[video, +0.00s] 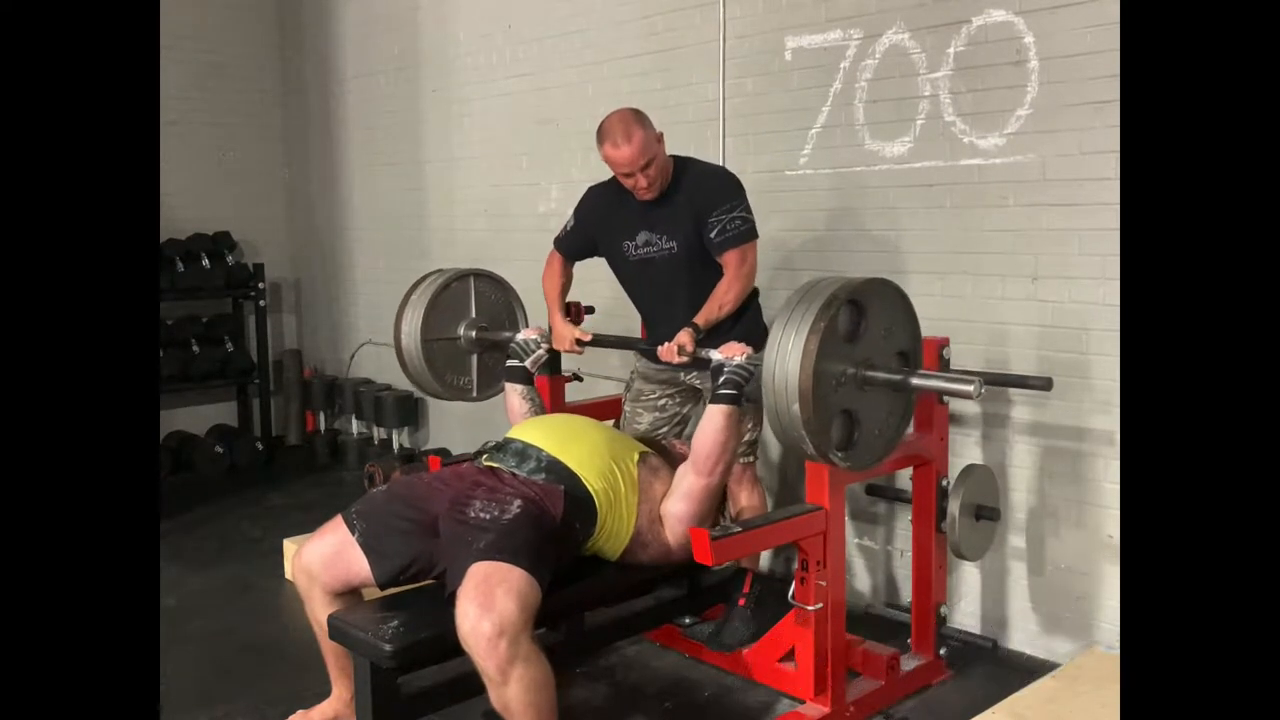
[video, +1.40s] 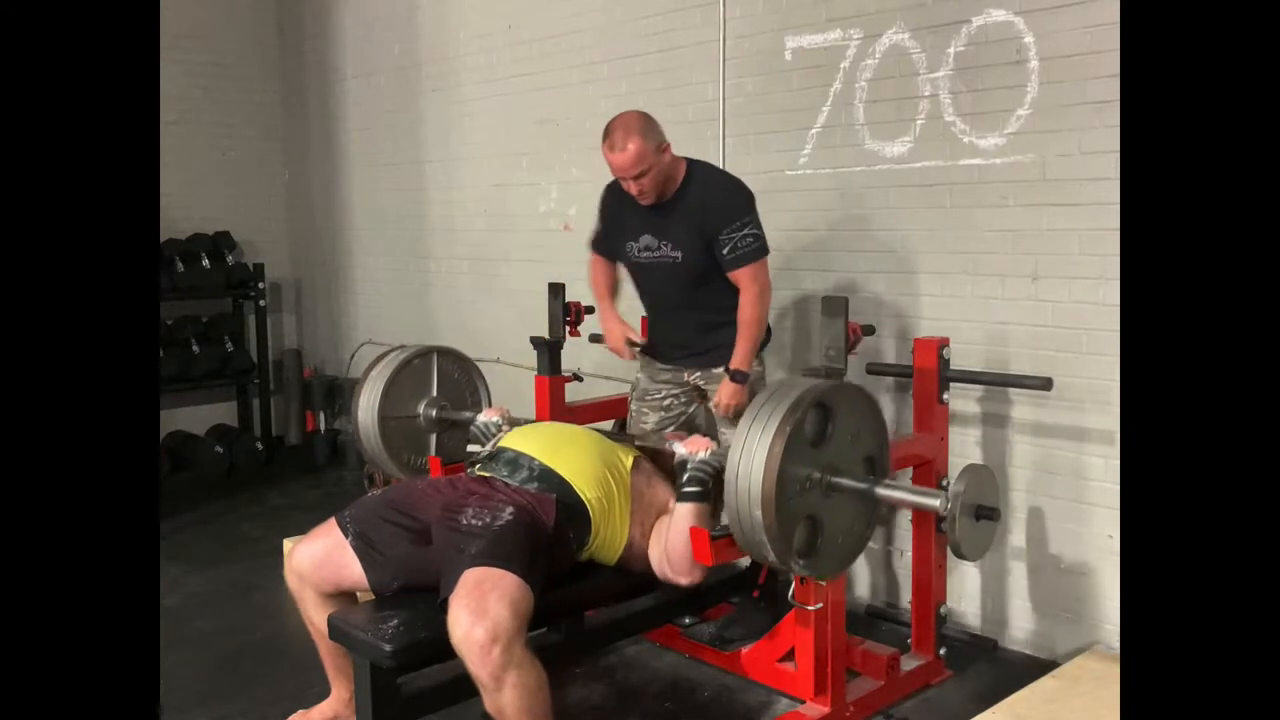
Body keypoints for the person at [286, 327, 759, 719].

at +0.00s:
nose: (680, 434)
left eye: (693, 441)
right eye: (677, 430)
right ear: (661, 438)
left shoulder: (668, 522)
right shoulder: (586, 446)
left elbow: (707, 464)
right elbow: (521, 443)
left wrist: (728, 386)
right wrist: (519, 372)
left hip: (529, 499)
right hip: (455, 476)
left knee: (489, 625)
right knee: (313, 563)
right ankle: (344, 696)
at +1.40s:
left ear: (685, 463)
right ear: (661, 443)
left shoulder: (659, 499)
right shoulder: (574, 447)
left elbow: (682, 570)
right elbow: (510, 465)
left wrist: (700, 475)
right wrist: (496, 434)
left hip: (518, 509)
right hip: (453, 487)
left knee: (481, 633)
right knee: (305, 563)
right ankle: (344, 699)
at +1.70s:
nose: (674, 441)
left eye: (687, 444)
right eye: (673, 436)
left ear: (690, 470)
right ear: (654, 440)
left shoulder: (660, 504)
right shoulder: (580, 454)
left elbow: (685, 577)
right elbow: (514, 469)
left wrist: (699, 483)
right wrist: (489, 440)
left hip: (520, 516)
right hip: (455, 491)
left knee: (480, 635)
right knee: (303, 566)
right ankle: (344, 700)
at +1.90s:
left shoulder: (667, 509)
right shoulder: (590, 450)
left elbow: (693, 565)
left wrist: (709, 473)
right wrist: (501, 431)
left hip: (519, 501)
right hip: (455, 476)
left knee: (485, 630)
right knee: (311, 564)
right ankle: (343, 700)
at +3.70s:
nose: (669, 431)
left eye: (683, 435)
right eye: (665, 425)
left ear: (699, 460)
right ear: (647, 428)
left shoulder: (684, 492)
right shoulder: (596, 447)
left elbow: (756, 478)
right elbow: (544, 432)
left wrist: (786, 385)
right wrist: (572, 363)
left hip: (548, 524)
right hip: (478, 495)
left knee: (452, 554)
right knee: (308, 530)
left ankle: (376, 713)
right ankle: (251, 702)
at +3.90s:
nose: (670, 419)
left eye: (686, 426)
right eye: (667, 417)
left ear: (703, 453)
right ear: (651, 426)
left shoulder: (690, 492)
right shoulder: (603, 447)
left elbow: (760, 476)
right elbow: (536, 433)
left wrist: (784, 386)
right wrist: (569, 370)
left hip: (553, 554)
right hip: (477, 528)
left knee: (507, 427)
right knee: (383, 405)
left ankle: (323, 499)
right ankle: (234, 488)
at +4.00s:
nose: (678, 430)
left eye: (693, 433)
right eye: (674, 426)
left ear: (708, 456)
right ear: (660, 433)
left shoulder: (701, 494)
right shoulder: (619, 460)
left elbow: (757, 479)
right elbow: (552, 440)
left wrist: (788, 386)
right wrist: (572, 369)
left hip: (542, 540)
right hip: (471, 513)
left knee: (549, 385)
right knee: (425, 366)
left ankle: (374, 390)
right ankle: (277, 376)